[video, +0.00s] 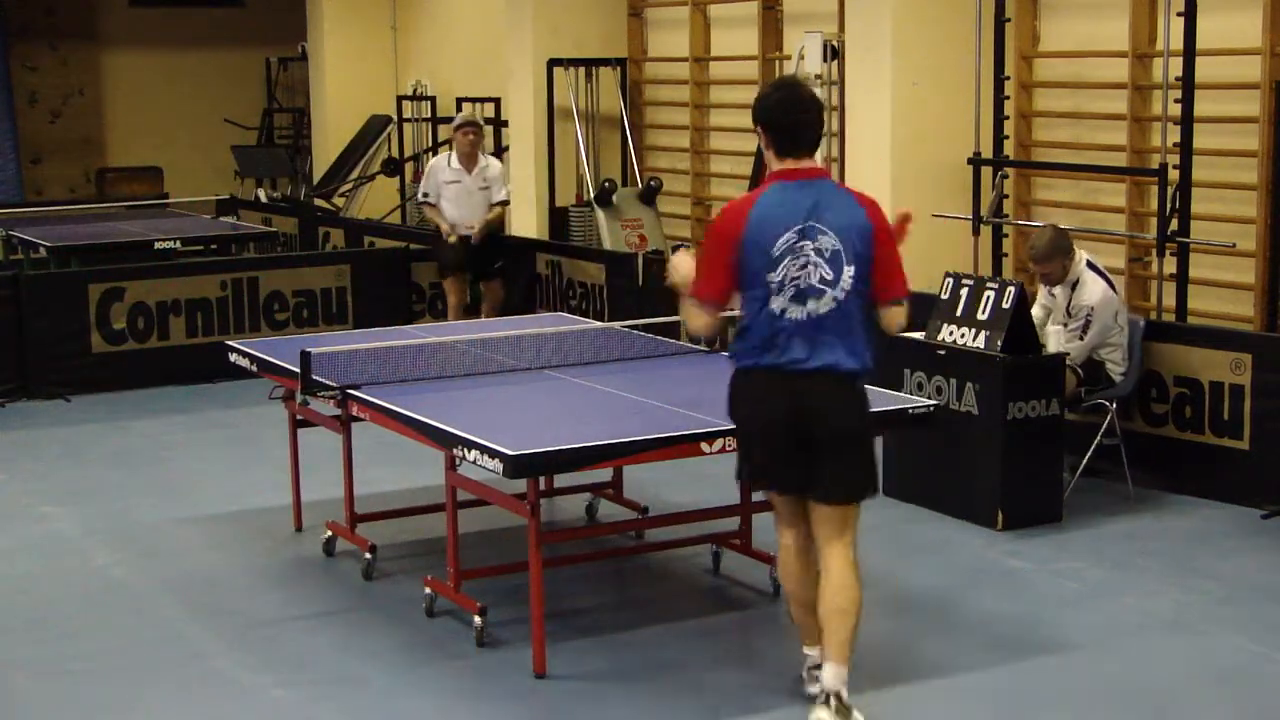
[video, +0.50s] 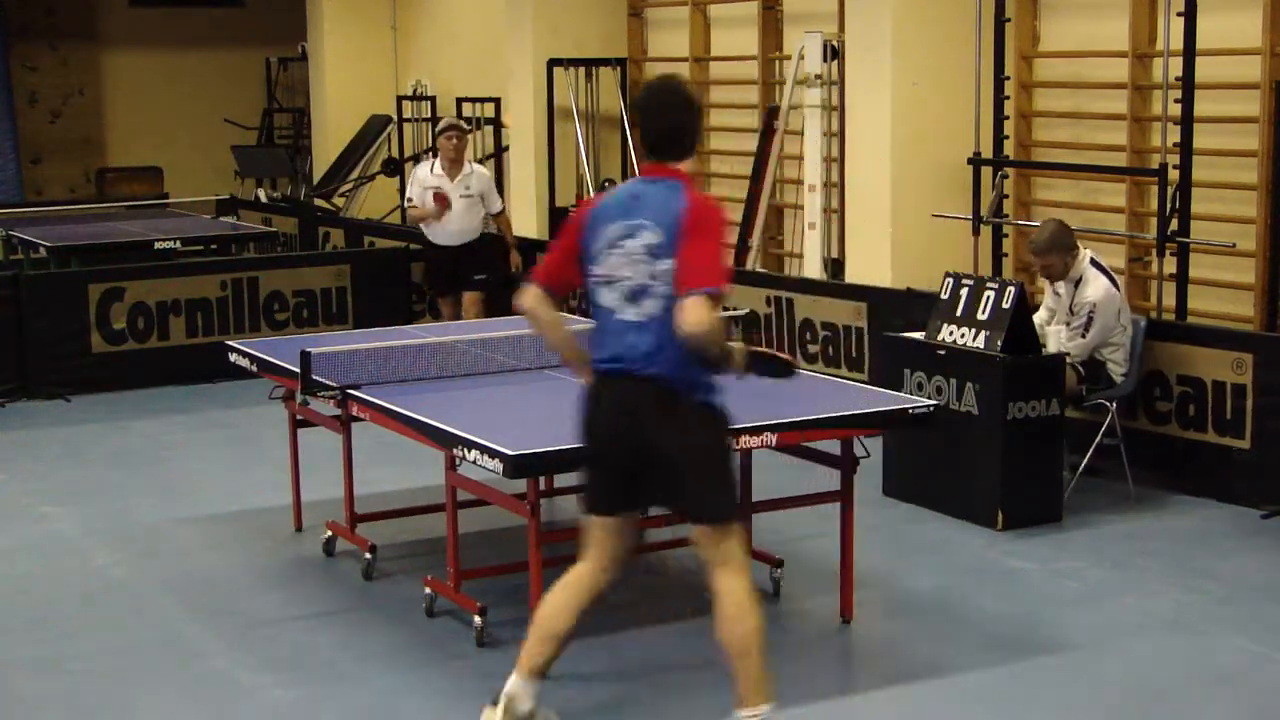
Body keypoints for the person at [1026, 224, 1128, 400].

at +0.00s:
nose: (1041, 281)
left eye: (1046, 275)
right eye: (1037, 274)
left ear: (1067, 261)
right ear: (1033, 263)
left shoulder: (1093, 297)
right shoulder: (1055, 272)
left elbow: (1071, 356)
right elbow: (1036, 319)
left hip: (1104, 367)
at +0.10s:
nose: (1040, 282)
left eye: (1046, 276)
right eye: (1037, 275)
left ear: (1067, 261)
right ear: (1033, 265)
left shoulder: (1093, 297)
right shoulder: (1058, 273)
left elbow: (1075, 353)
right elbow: (1041, 316)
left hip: (1106, 366)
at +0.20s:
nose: (1041, 280)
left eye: (1047, 275)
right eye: (1037, 274)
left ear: (1068, 261)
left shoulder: (1094, 297)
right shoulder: (1060, 271)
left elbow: (1074, 353)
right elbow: (1044, 315)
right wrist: (1015, 338)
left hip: (1106, 366)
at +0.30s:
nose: (1041, 278)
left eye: (1047, 273)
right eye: (1039, 272)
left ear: (1070, 260)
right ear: (1035, 262)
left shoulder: (1095, 296)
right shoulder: (1059, 270)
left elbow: (1075, 351)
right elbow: (1046, 313)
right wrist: (1017, 336)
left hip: (1106, 366)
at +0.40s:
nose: (1041, 277)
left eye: (1048, 271)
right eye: (1039, 270)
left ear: (1070, 259)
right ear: (1035, 261)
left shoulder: (1096, 294)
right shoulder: (1058, 269)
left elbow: (1076, 350)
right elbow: (1046, 314)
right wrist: (1017, 335)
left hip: (1105, 366)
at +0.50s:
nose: (1041, 273)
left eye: (1047, 267)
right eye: (1038, 266)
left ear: (1069, 257)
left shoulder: (1097, 293)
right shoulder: (1059, 270)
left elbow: (1075, 350)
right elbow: (1045, 316)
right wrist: (1014, 336)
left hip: (1105, 368)